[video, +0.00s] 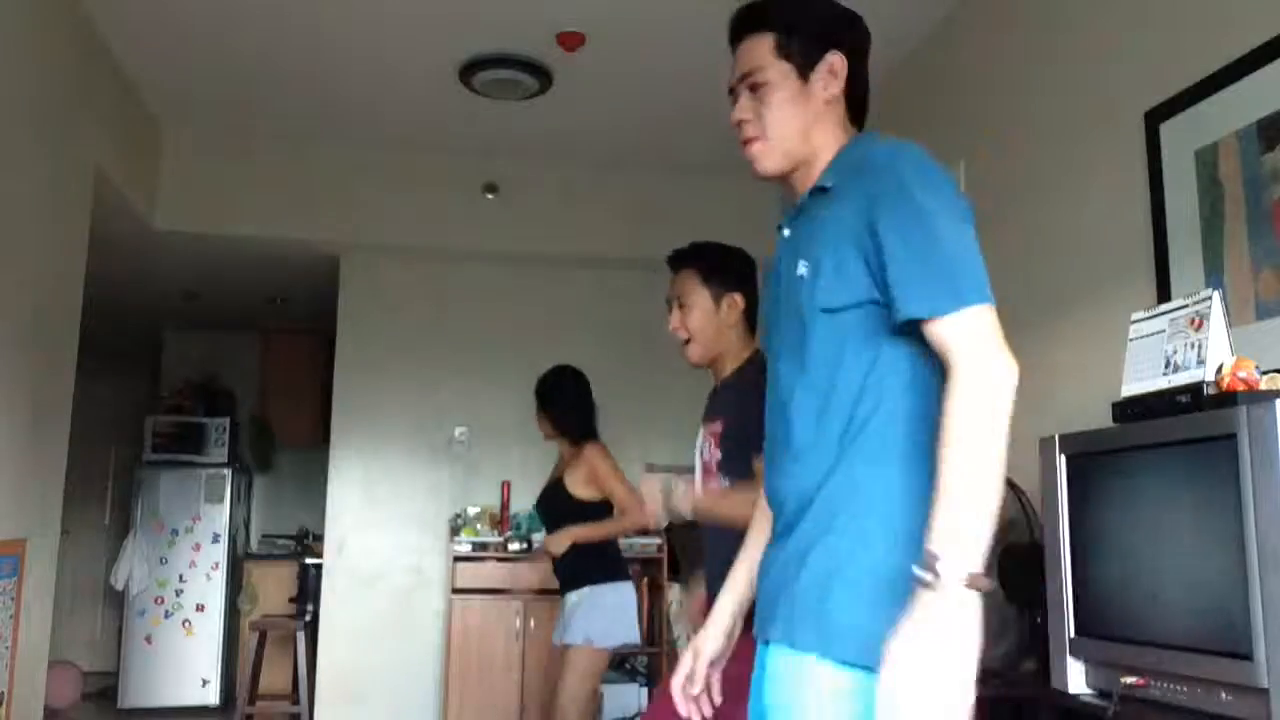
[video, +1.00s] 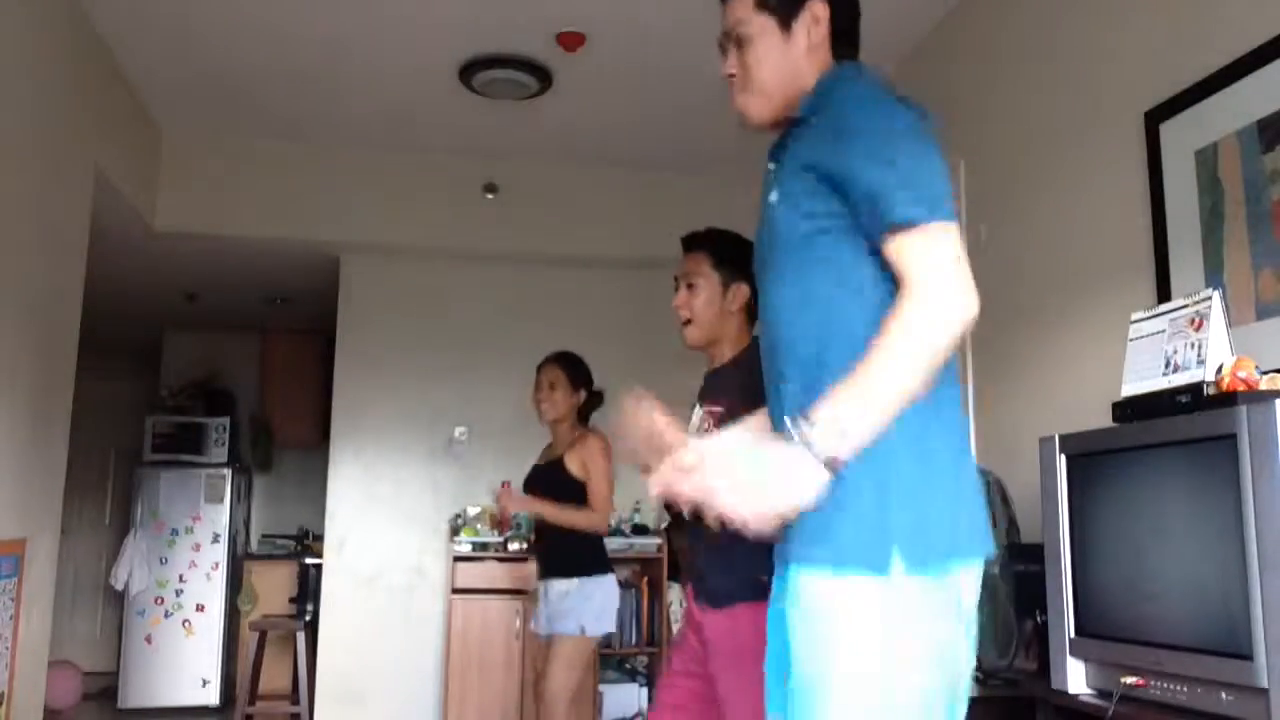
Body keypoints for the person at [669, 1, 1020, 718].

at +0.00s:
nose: (736, 115)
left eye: (756, 87)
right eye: (733, 96)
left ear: (830, 77)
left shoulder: (891, 176)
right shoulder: (792, 241)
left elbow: (986, 368)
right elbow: (790, 459)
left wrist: (949, 588)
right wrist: (727, 614)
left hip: (863, 617)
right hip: (797, 614)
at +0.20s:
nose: (738, 104)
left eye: (755, 75)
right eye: (739, 85)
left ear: (827, 66)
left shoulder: (874, 158)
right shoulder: (801, 204)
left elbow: (954, 327)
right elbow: (816, 414)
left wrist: (808, 511)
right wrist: (748, 574)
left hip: (869, 607)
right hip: (816, 604)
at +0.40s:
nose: (737, 129)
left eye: (754, 102)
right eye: (739, 110)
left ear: (825, 95)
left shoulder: (864, 188)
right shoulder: (801, 234)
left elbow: (916, 384)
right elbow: (807, 438)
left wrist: (724, 499)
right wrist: (736, 575)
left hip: (860, 636)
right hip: (811, 625)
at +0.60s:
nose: (737, 90)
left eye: (750, 65)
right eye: (738, 72)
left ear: (820, 53)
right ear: (817, 57)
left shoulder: (858, 138)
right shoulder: (803, 176)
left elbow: (904, 305)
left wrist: (744, 374)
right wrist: (707, 413)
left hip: (866, 565)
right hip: (824, 561)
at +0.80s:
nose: (738, 148)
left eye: (753, 122)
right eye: (739, 128)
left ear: (825, 117)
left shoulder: (848, 187)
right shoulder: (813, 229)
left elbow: (892, 373)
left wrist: (698, 439)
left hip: (856, 637)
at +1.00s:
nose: (726, 66)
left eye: (738, 40)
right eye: (725, 47)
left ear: (811, 25)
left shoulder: (855, 110)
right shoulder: (796, 153)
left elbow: (945, 293)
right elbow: (834, 370)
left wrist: (810, 452)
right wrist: (728, 453)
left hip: (887, 550)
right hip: (828, 546)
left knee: (871, 707)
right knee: (810, 708)